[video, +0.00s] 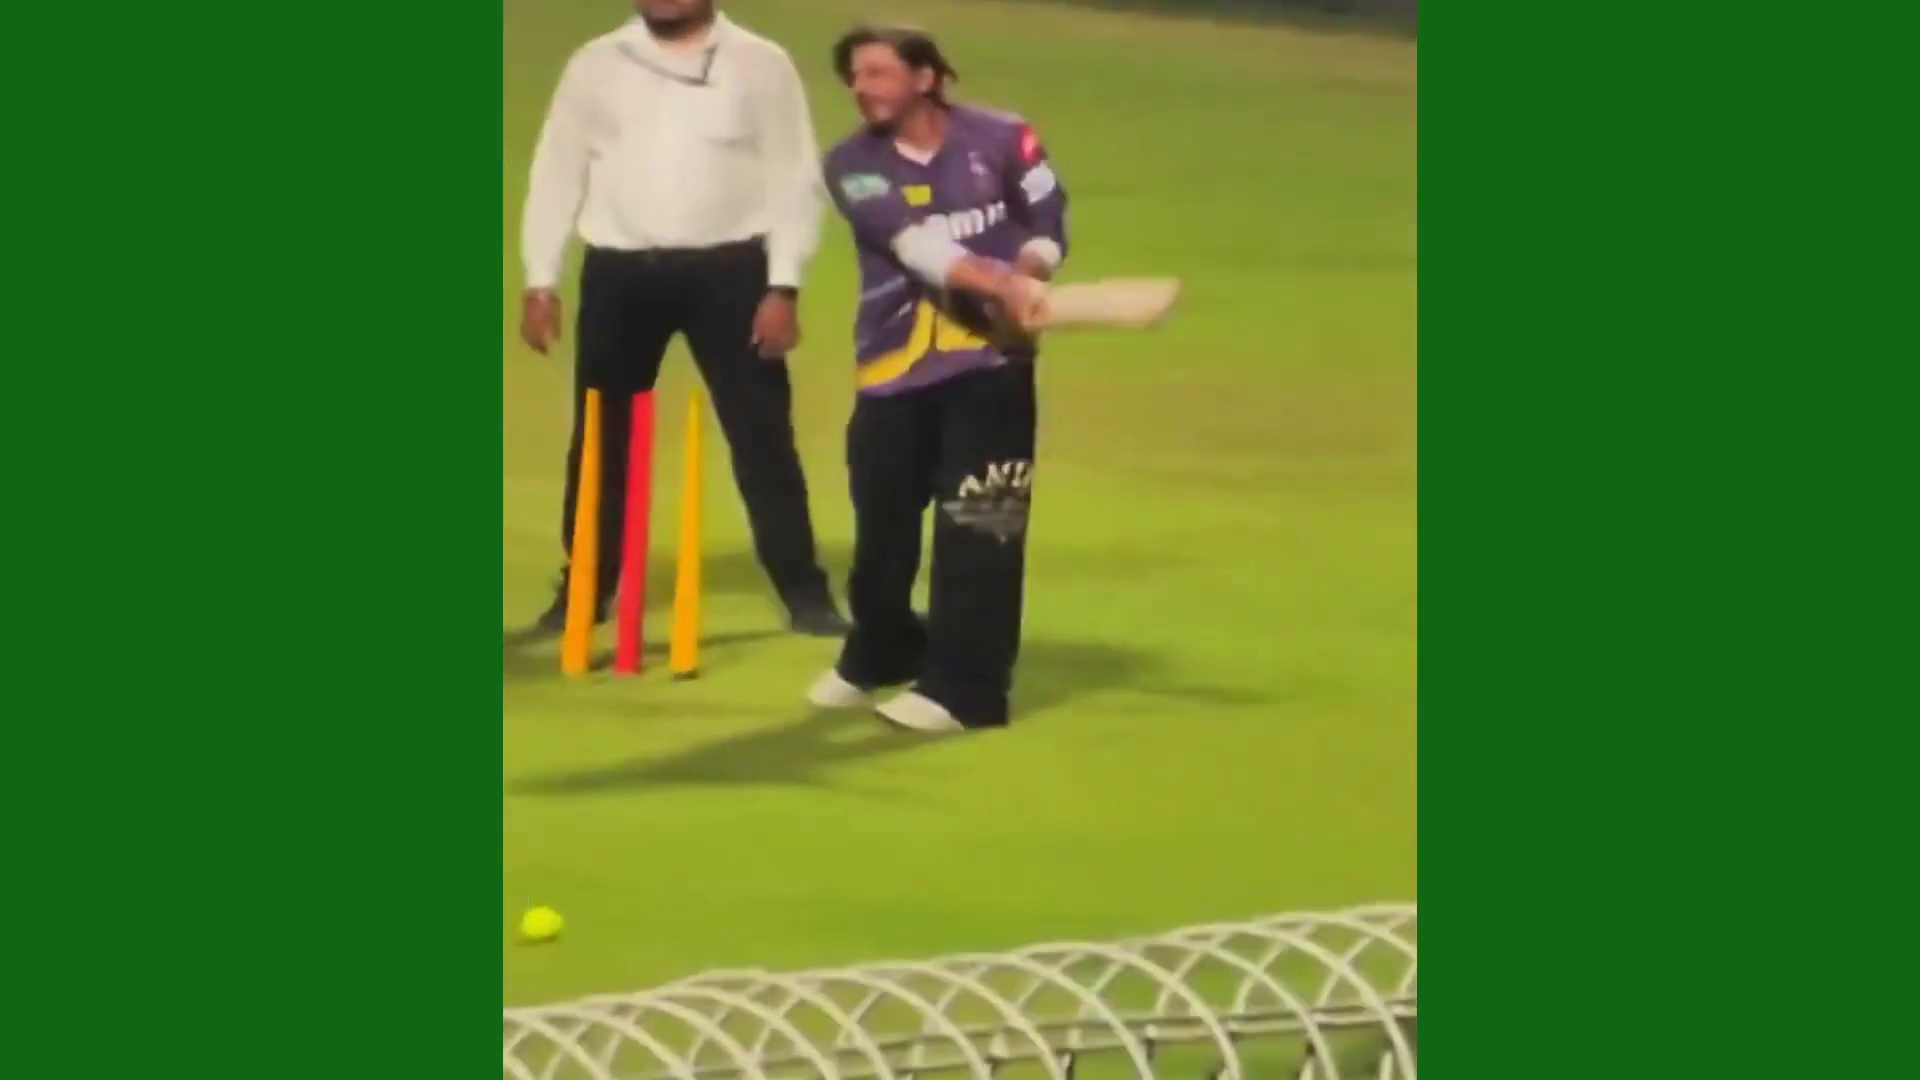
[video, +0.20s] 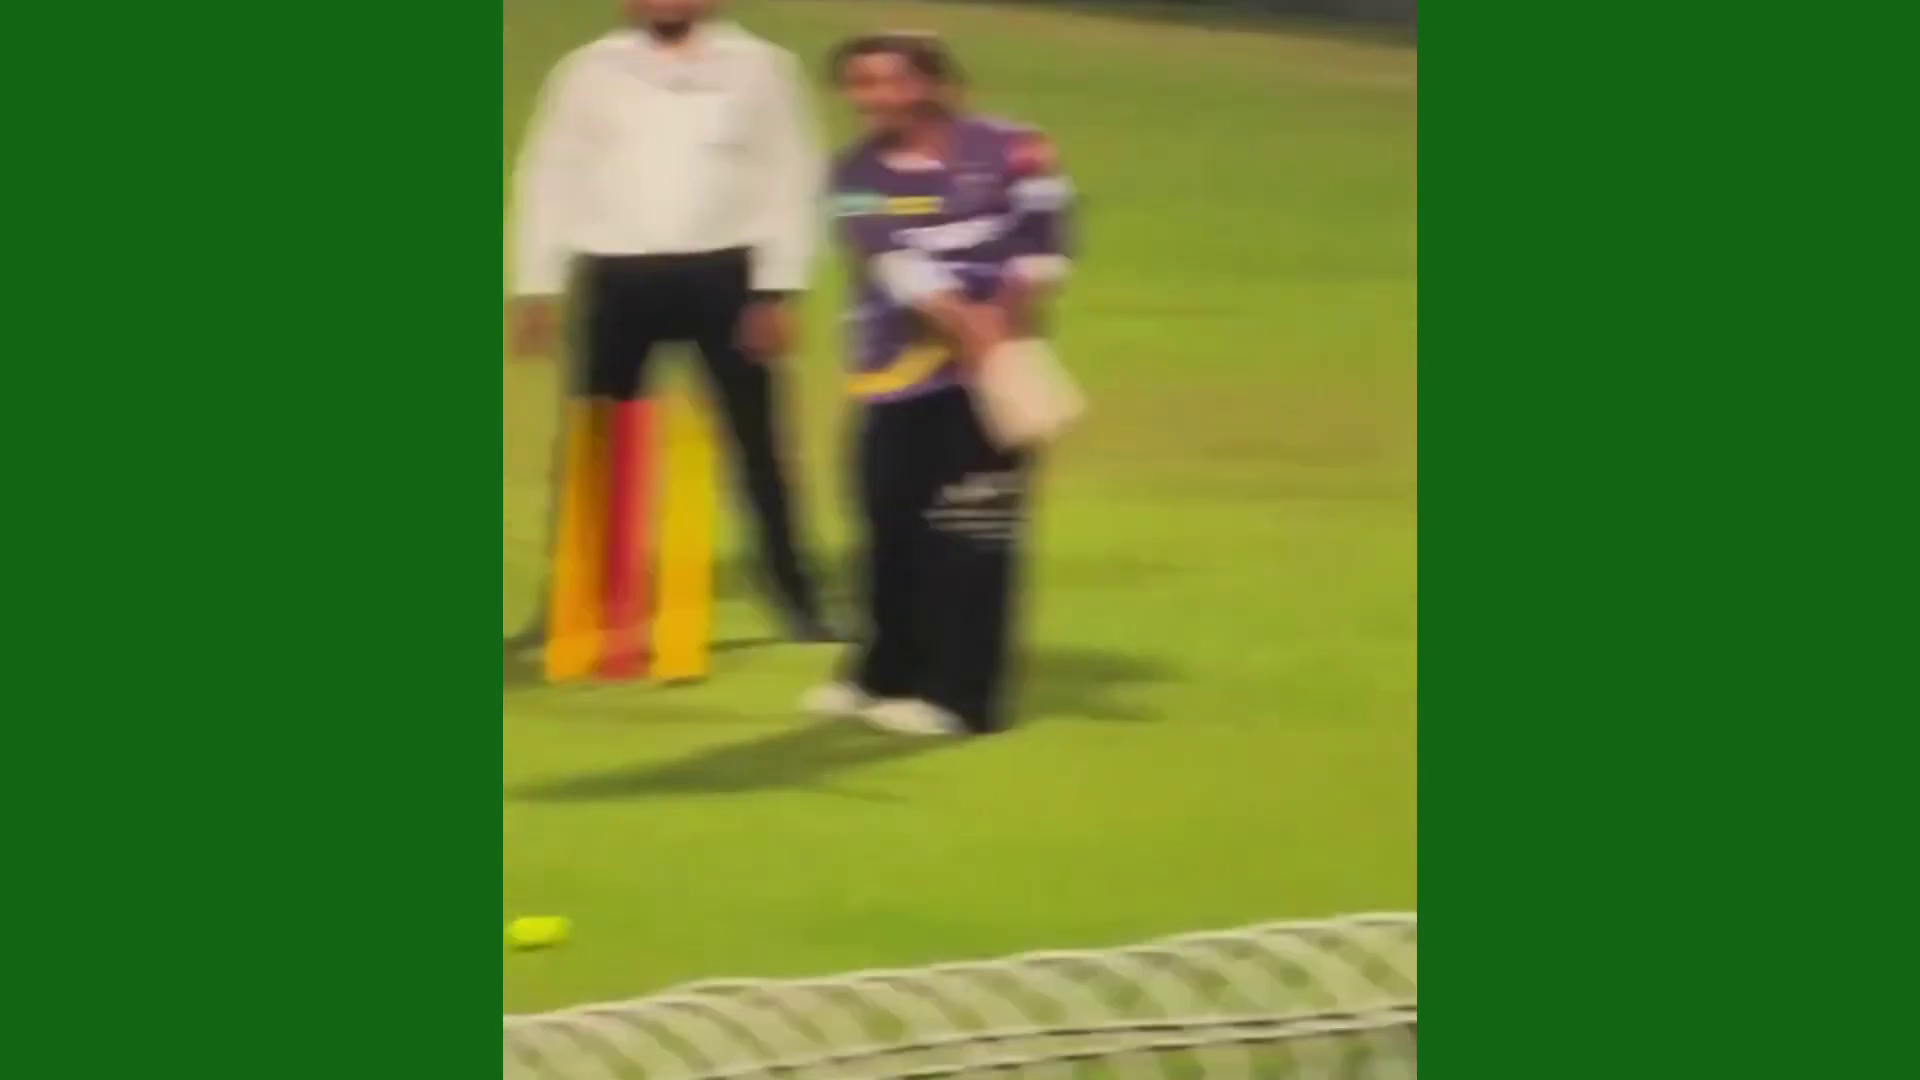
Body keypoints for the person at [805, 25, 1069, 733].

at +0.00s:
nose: (864, 88)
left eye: (877, 74)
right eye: (856, 77)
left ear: (925, 76)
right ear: (851, 87)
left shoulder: (1005, 139)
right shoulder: (851, 163)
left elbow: (1049, 226)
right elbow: (914, 244)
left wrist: (1022, 276)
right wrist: (999, 287)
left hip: (988, 368)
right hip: (893, 376)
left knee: (977, 530)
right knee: (881, 522)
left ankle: (967, 691)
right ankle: (879, 655)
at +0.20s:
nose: (871, 98)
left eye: (884, 82)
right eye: (860, 85)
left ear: (925, 81)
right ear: (852, 92)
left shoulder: (1011, 153)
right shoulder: (859, 174)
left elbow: (1042, 253)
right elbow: (892, 266)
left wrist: (994, 319)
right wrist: (964, 321)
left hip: (981, 373)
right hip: (893, 382)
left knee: (968, 536)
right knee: (894, 531)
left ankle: (962, 694)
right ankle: (889, 673)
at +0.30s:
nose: (861, 104)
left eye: (876, 91)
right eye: (854, 93)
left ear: (924, 95)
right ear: (849, 103)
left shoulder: (995, 166)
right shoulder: (841, 187)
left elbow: (1032, 271)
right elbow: (856, 291)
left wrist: (969, 343)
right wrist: (885, 372)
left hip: (981, 384)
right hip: (888, 389)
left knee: (965, 542)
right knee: (875, 535)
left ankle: (955, 707)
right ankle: (890, 683)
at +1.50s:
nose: (923, 113)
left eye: (939, 102)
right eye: (921, 102)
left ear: (985, 113)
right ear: (922, 115)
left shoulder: (1023, 188)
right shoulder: (928, 211)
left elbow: (1030, 302)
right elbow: (925, 322)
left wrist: (977, 381)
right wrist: (882, 419)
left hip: (999, 394)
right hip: (941, 394)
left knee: (956, 554)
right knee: (930, 554)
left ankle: (989, 725)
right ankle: (971, 718)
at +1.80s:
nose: (971, 146)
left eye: (987, 134)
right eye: (971, 134)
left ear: (1036, 145)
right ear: (1009, 149)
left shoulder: (1066, 221)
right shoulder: (997, 233)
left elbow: (1075, 332)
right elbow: (1007, 337)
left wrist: (1032, 417)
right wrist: (986, 424)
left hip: (1043, 437)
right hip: (1006, 435)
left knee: (958, 581)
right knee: (1023, 600)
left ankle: (917, 749)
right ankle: (1061, 756)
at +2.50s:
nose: (982, 196)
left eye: (992, 186)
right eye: (988, 183)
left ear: (1028, 201)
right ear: (1034, 201)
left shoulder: (1043, 285)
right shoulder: (1064, 270)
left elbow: (1014, 402)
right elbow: (1027, 395)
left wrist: (963, 441)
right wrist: (974, 444)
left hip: (1048, 487)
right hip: (1074, 487)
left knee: (1006, 649)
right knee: (1052, 649)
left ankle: (1001, 813)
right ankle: (1156, 786)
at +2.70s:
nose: (1005, 197)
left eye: (1016, 189)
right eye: (1011, 186)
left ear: (1048, 207)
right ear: (1059, 207)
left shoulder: (1055, 292)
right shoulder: (1090, 274)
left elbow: (1004, 403)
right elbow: (1014, 382)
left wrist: (918, 425)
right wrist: (982, 431)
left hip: (1052, 493)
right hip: (1080, 490)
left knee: (1026, 657)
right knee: (1037, 653)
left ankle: (1038, 817)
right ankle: (1158, 774)